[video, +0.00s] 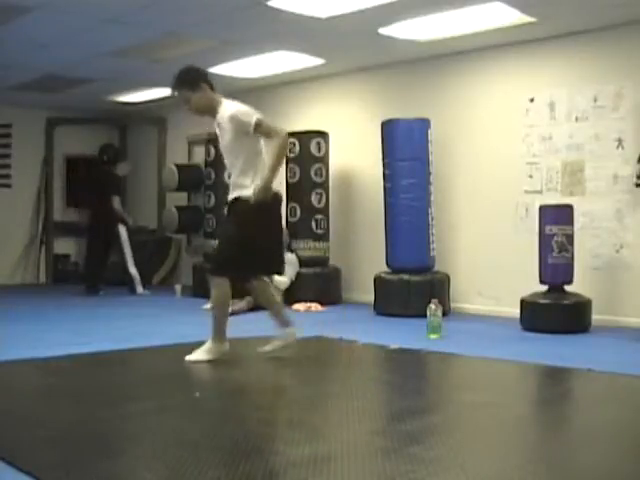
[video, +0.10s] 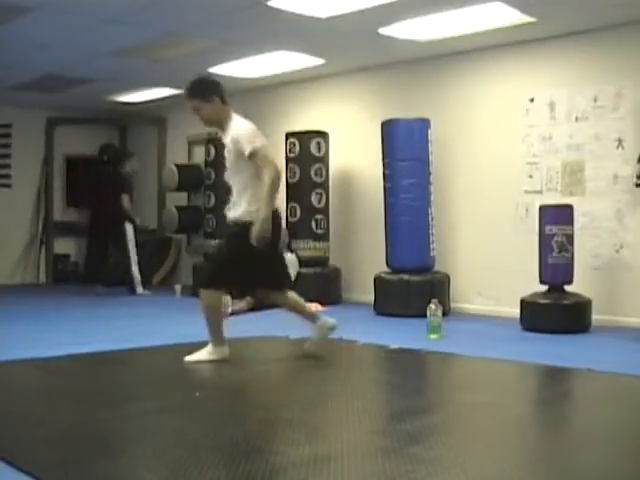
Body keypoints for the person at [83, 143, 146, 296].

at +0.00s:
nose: (122, 164)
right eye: (121, 161)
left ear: (101, 158)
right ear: (115, 160)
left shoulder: (95, 174)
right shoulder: (113, 177)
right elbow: (115, 204)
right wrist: (126, 218)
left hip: (97, 218)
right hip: (113, 219)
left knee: (96, 252)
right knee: (127, 255)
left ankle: (92, 286)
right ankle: (137, 287)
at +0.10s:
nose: (134, 167)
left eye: (134, 163)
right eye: (132, 163)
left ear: (103, 159)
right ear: (123, 162)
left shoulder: (98, 175)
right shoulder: (122, 178)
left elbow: (93, 200)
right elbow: (125, 202)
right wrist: (133, 217)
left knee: (100, 250)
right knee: (130, 253)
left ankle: (97, 283)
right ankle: (137, 287)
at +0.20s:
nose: (139, 165)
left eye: (138, 162)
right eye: (136, 162)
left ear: (126, 164)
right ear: (129, 163)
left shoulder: (118, 176)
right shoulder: (129, 178)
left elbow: (116, 201)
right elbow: (131, 203)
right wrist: (140, 219)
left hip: (119, 218)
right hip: (129, 220)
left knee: (120, 251)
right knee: (133, 253)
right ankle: (137, 286)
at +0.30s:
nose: (142, 165)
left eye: (141, 162)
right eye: (139, 162)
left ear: (131, 164)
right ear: (133, 163)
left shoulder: (126, 177)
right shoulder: (133, 178)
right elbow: (133, 203)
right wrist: (144, 217)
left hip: (126, 219)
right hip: (133, 220)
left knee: (126, 252)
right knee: (136, 254)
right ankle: (137, 287)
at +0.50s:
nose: (145, 164)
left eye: (144, 161)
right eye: (142, 162)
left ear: (139, 163)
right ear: (137, 163)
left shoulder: (145, 178)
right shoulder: (135, 178)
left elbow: (150, 201)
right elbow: (130, 203)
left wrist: (154, 216)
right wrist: (145, 218)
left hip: (143, 220)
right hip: (135, 220)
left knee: (142, 253)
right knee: (137, 253)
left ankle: (141, 284)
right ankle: (137, 286)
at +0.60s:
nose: (147, 167)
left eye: (147, 164)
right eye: (143, 164)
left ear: (148, 165)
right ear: (137, 165)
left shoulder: (151, 180)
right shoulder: (135, 180)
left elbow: (155, 202)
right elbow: (129, 205)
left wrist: (159, 216)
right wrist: (144, 219)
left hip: (152, 223)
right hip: (138, 223)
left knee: (150, 255)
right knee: (138, 254)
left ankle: (147, 284)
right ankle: (137, 286)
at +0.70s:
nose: (149, 166)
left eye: (150, 163)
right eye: (145, 164)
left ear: (154, 164)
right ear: (141, 167)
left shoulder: (160, 182)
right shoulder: (136, 183)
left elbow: (163, 202)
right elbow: (128, 204)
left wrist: (164, 217)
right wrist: (140, 219)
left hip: (159, 225)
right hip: (144, 225)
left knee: (164, 257)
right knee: (141, 257)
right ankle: (140, 286)